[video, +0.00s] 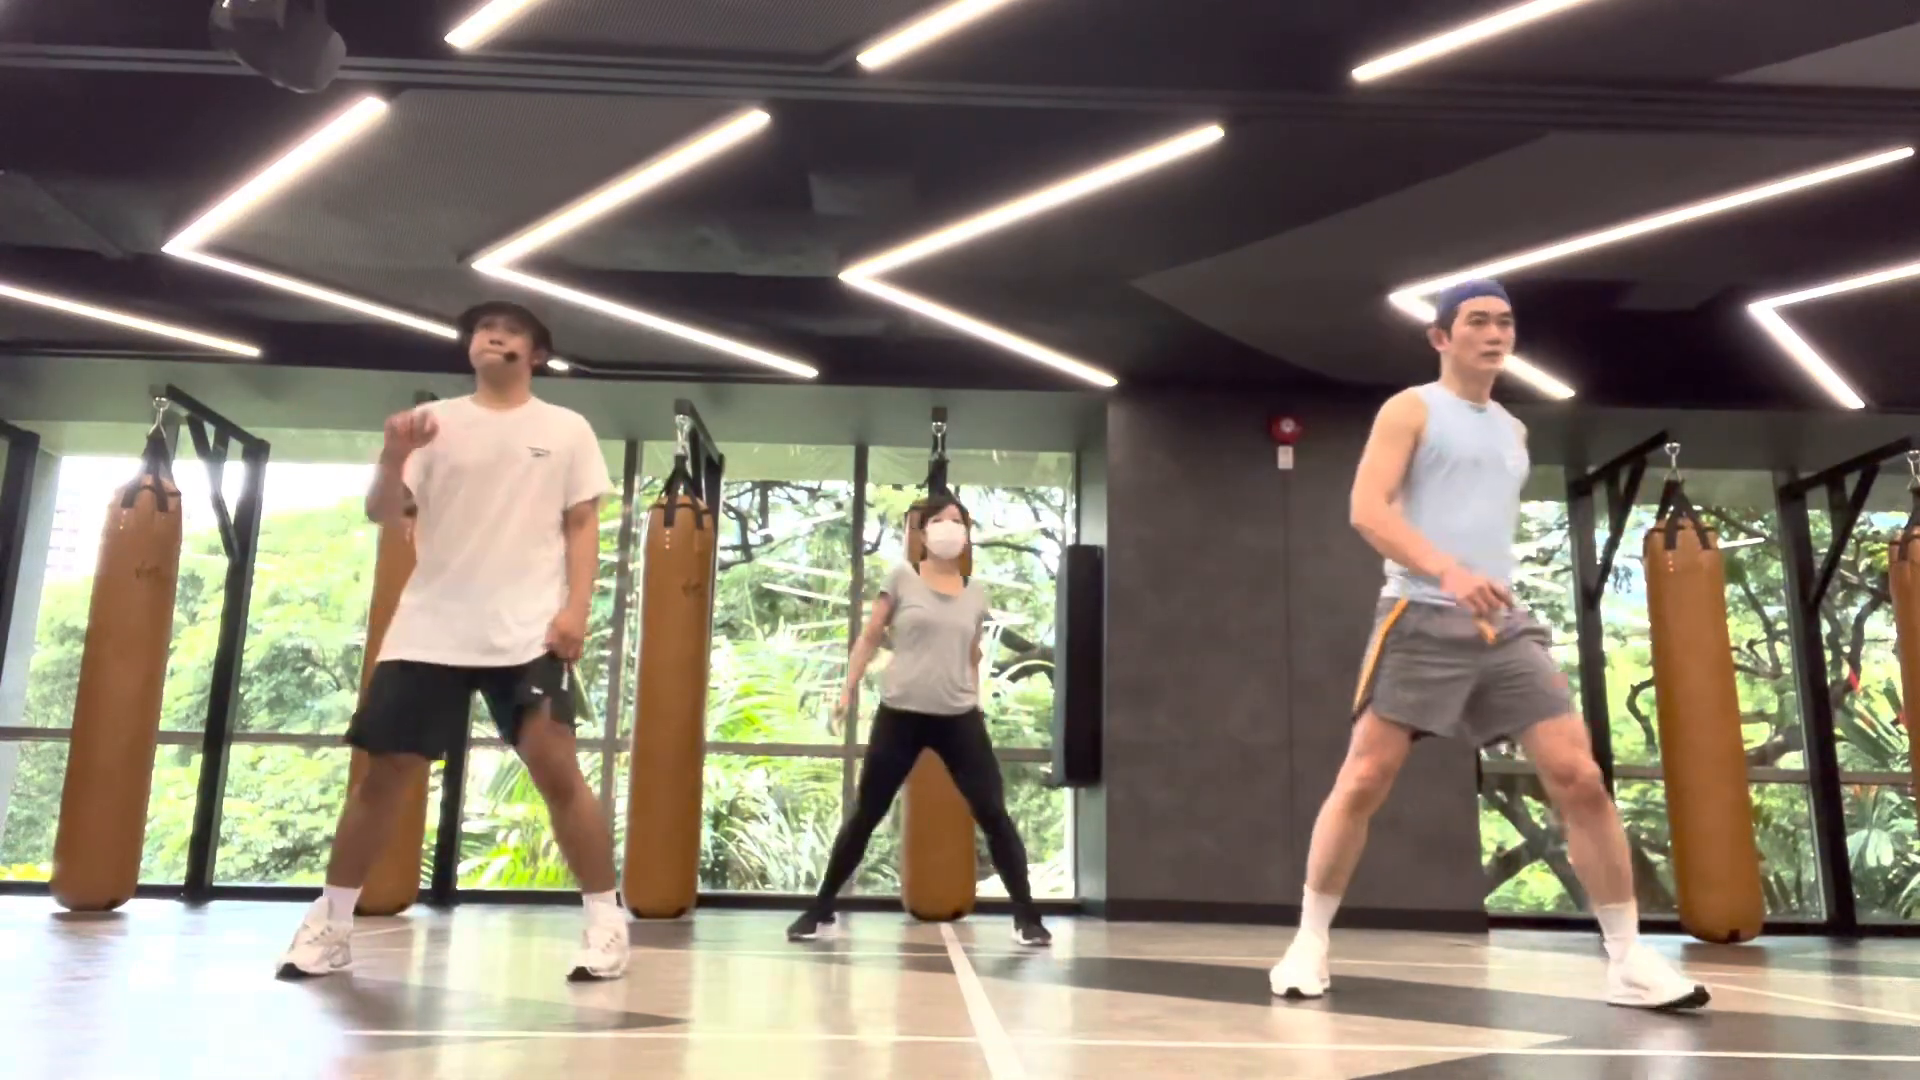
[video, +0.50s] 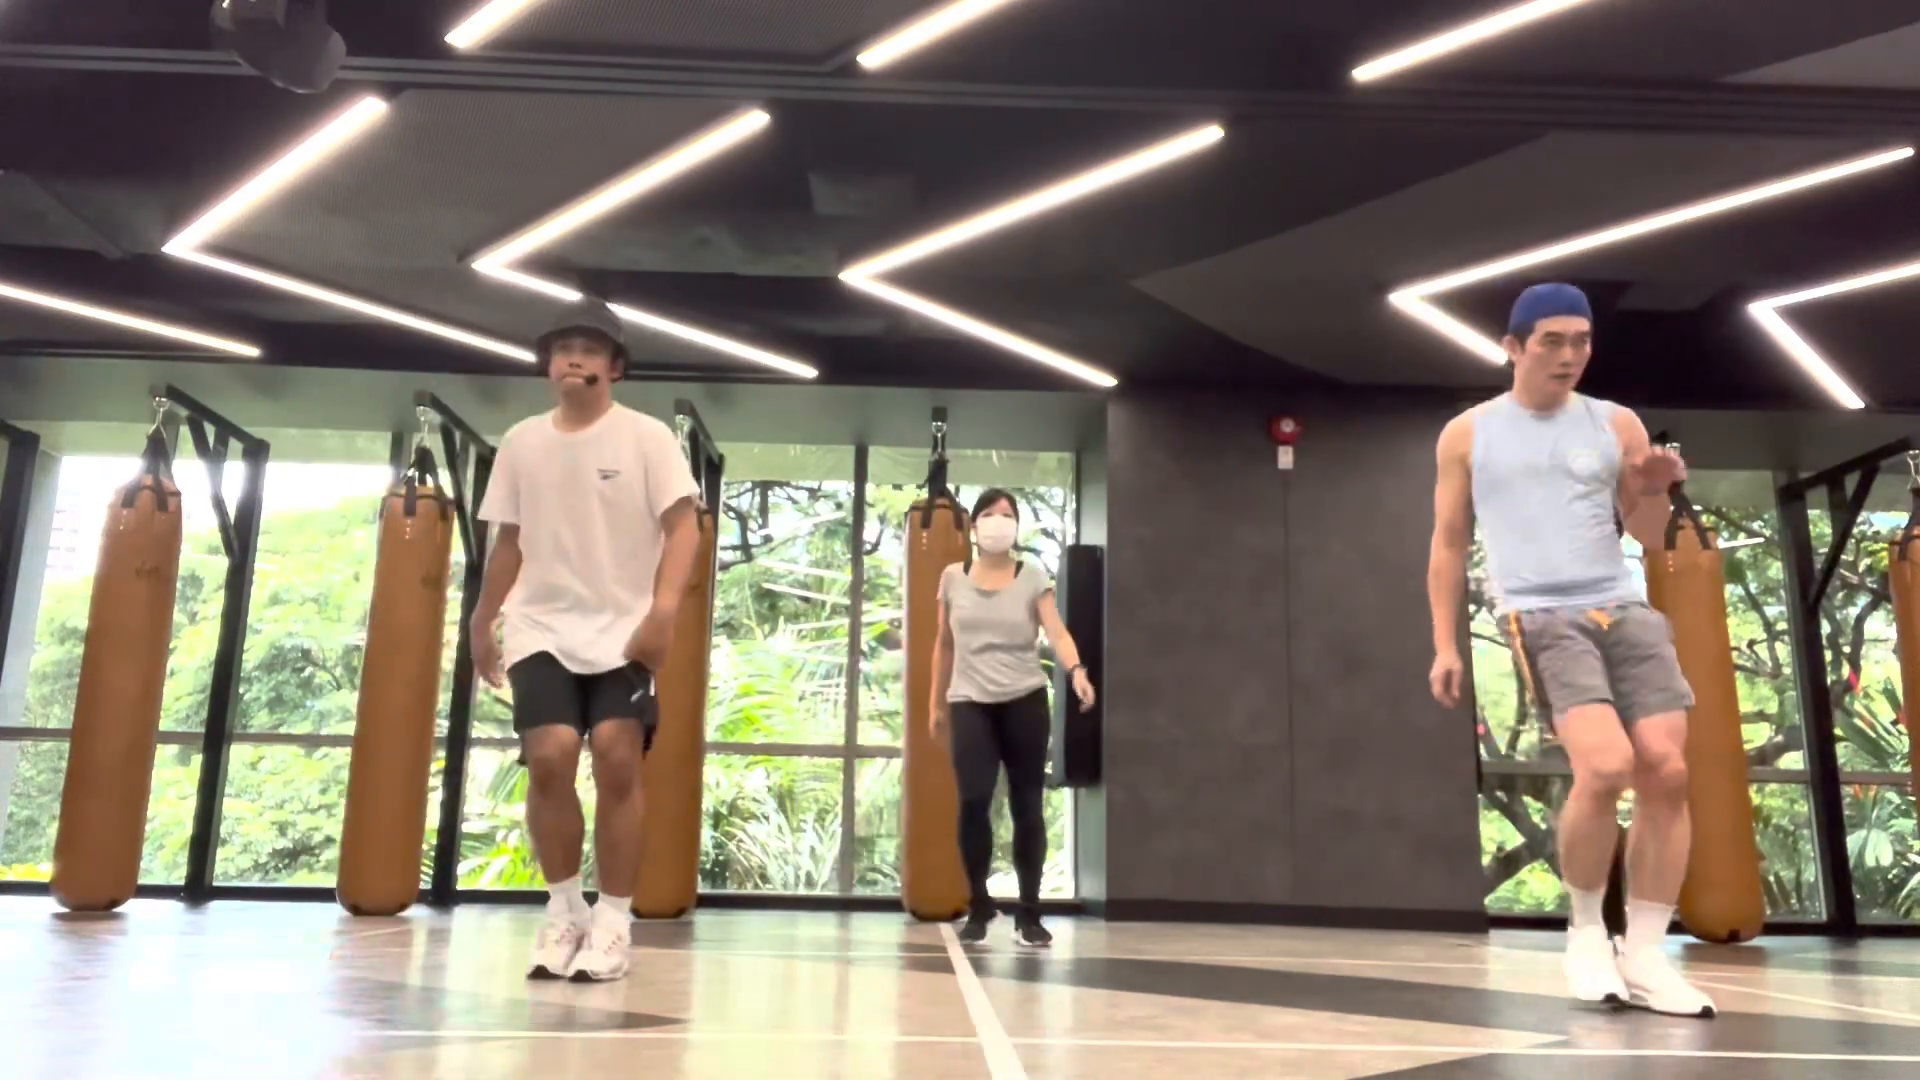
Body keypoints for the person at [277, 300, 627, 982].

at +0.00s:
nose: (496, 338)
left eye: (513, 331)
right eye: (485, 329)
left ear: (537, 354)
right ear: (467, 349)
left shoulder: (566, 430)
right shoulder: (431, 421)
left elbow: (582, 526)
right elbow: (382, 511)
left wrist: (576, 608)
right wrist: (395, 453)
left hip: (524, 630)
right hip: (429, 628)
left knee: (553, 765)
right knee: (381, 773)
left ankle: (606, 922)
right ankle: (330, 924)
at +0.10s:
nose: (527, 345)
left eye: (541, 336)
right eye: (515, 337)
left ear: (567, 356)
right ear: (497, 354)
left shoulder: (602, 429)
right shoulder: (466, 428)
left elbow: (619, 522)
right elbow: (431, 518)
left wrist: (616, 602)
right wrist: (407, 506)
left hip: (566, 629)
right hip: (471, 629)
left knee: (583, 761)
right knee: (405, 769)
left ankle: (609, 929)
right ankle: (339, 920)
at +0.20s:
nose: (548, 339)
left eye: (563, 330)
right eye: (536, 330)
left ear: (586, 348)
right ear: (519, 348)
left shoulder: (625, 421)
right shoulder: (490, 424)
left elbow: (660, 505)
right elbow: (469, 515)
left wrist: (658, 580)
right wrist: (431, 562)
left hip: (596, 618)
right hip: (503, 616)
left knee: (598, 751)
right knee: (438, 753)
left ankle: (609, 925)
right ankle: (390, 898)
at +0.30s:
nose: (563, 333)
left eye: (577, 323)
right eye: (551, 323)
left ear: (599, 339)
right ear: (534, 340)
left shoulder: (639, 413)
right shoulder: (503, 422)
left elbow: (680, 496)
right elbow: (488, 518)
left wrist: (673, 574)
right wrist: (456, 596)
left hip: (613, 612)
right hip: (520, 609)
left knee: (608, 746)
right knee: (485, 738)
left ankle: (609, 923)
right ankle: (468, 887)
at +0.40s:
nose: (571, 339)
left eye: (584, 330)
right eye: (559, 330)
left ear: (608, 347)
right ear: (542, 347)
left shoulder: (646, 418)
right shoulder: (511, 428)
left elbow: (686, 505)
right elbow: (500, 529)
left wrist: (669, 587)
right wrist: (475, 609)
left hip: (624, 611)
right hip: (533, 608)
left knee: (613, 752)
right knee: (537, 742)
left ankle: (610, 919)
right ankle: (537, 894)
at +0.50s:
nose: (574, 359)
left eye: (589, 349)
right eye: (563, 349)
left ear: (614, 364)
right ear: (547, 364)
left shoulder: (649, 437)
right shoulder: (520, 443)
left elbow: (685, 525)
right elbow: (510, 543)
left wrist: (663, 613)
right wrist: (482, 617)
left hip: (622, 625)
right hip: (537, 623)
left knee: (616, 753)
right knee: (550, 757)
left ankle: (612, 925)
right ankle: (563, 918)